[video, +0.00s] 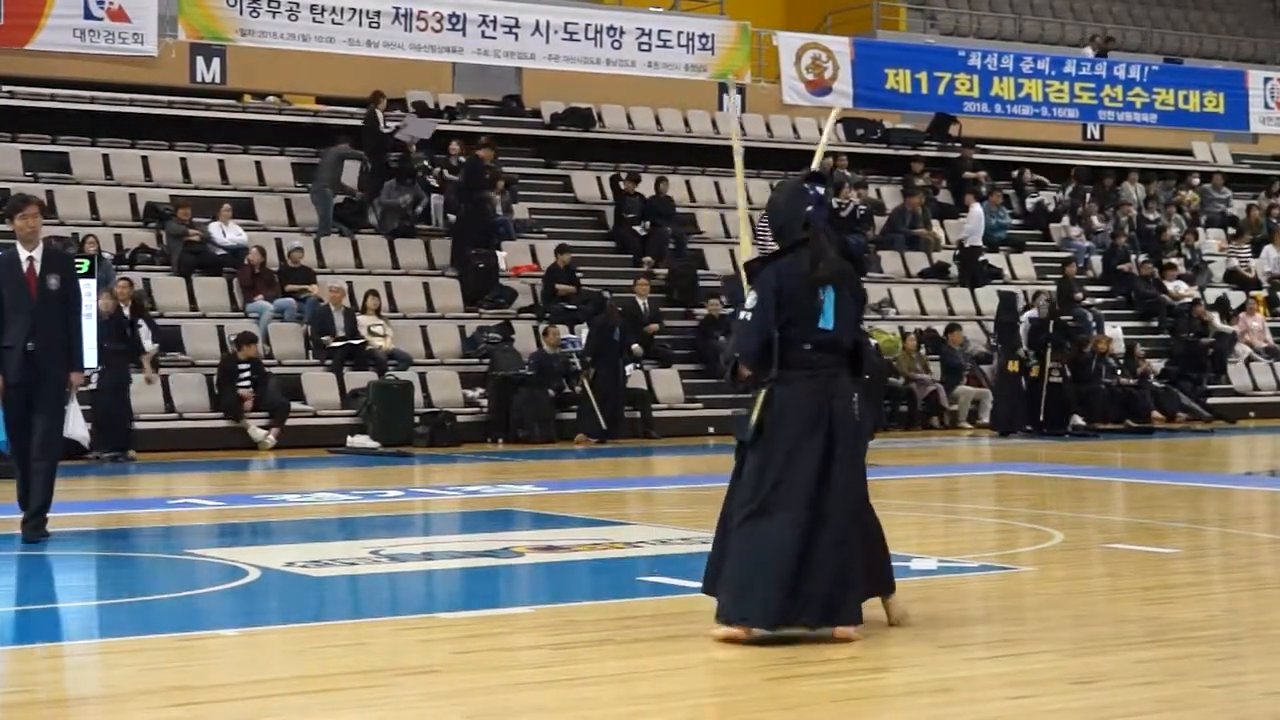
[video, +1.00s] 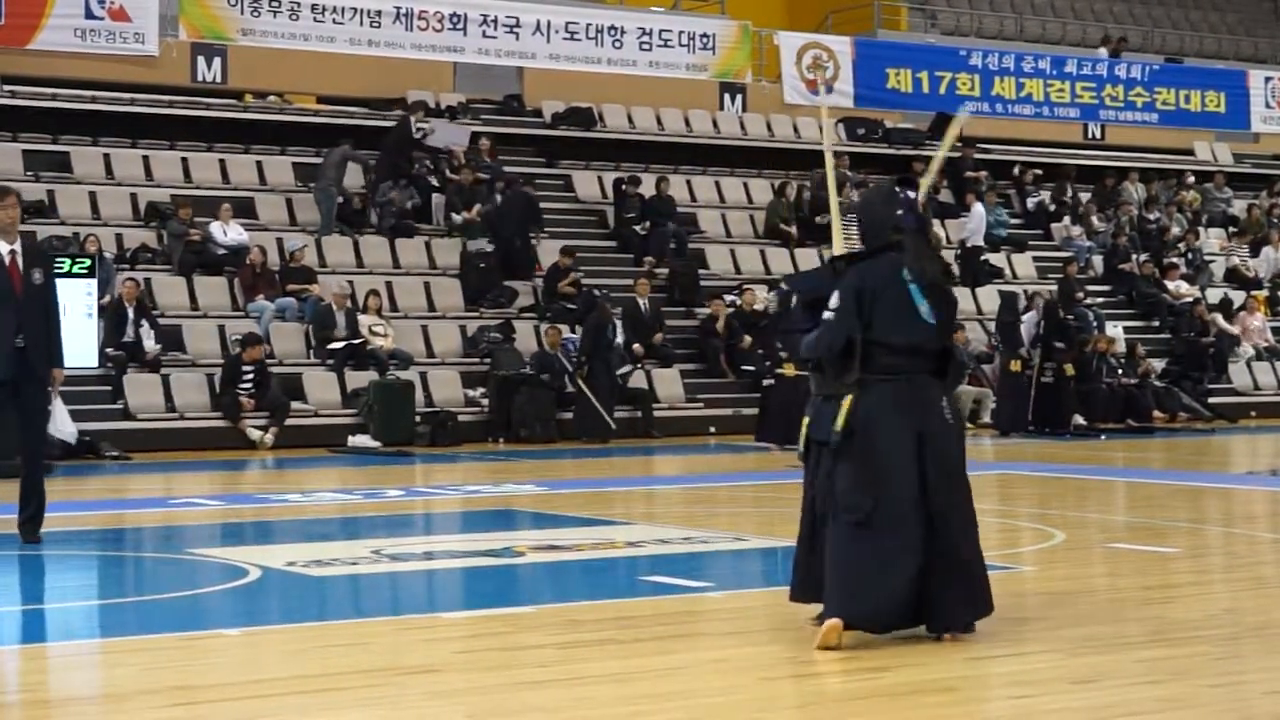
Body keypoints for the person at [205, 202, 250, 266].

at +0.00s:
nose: (227, 213)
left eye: (229, 211)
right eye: (225, 211)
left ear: (231, 213)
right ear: (219, 213)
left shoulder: (235, 226)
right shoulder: (213, 226)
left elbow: (245, 240)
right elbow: (220, 241)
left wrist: (228, 239)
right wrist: (239, 244)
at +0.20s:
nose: (227, 213)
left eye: (229, 210)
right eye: (225, 210)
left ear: (231, 212)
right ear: (219, 212)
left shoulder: (235, 226)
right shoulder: (213, 226)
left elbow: (245, 240)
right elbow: (220, 241)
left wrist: (228, 239)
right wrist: (240, 243)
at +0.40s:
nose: (228, 213)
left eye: (230, 210)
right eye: (225, 210)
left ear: (232, 212)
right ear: (219, 212)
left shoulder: (235, 226)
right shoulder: (214, 225)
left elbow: (246, 240)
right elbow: (221, 242)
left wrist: (229, 239)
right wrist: (241, 244)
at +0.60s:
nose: (230, 213)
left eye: (231, 211)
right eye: (227, 211)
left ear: (233, 212)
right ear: (220, 212)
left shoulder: (236, 226)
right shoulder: (214, 225)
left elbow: (246, 240)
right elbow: (221, 241)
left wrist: (229, 239)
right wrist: (242, 244)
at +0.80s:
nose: (229, 213)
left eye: (230, 210)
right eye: (226, 210)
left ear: (232, 212)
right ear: (219, 213)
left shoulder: (236, 226)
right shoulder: (214, 225)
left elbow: (246, 240)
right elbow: (221, 241)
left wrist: (229, 239)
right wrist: (241, 244)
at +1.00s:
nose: (229, 213)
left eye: (230, 210)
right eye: (226, 210)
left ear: (232, 212)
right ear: (219, 213)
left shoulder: (236, 226)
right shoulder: (214, 225)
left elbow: (246, 240)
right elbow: (221, 241)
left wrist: (229, 239)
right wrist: (241, 244)